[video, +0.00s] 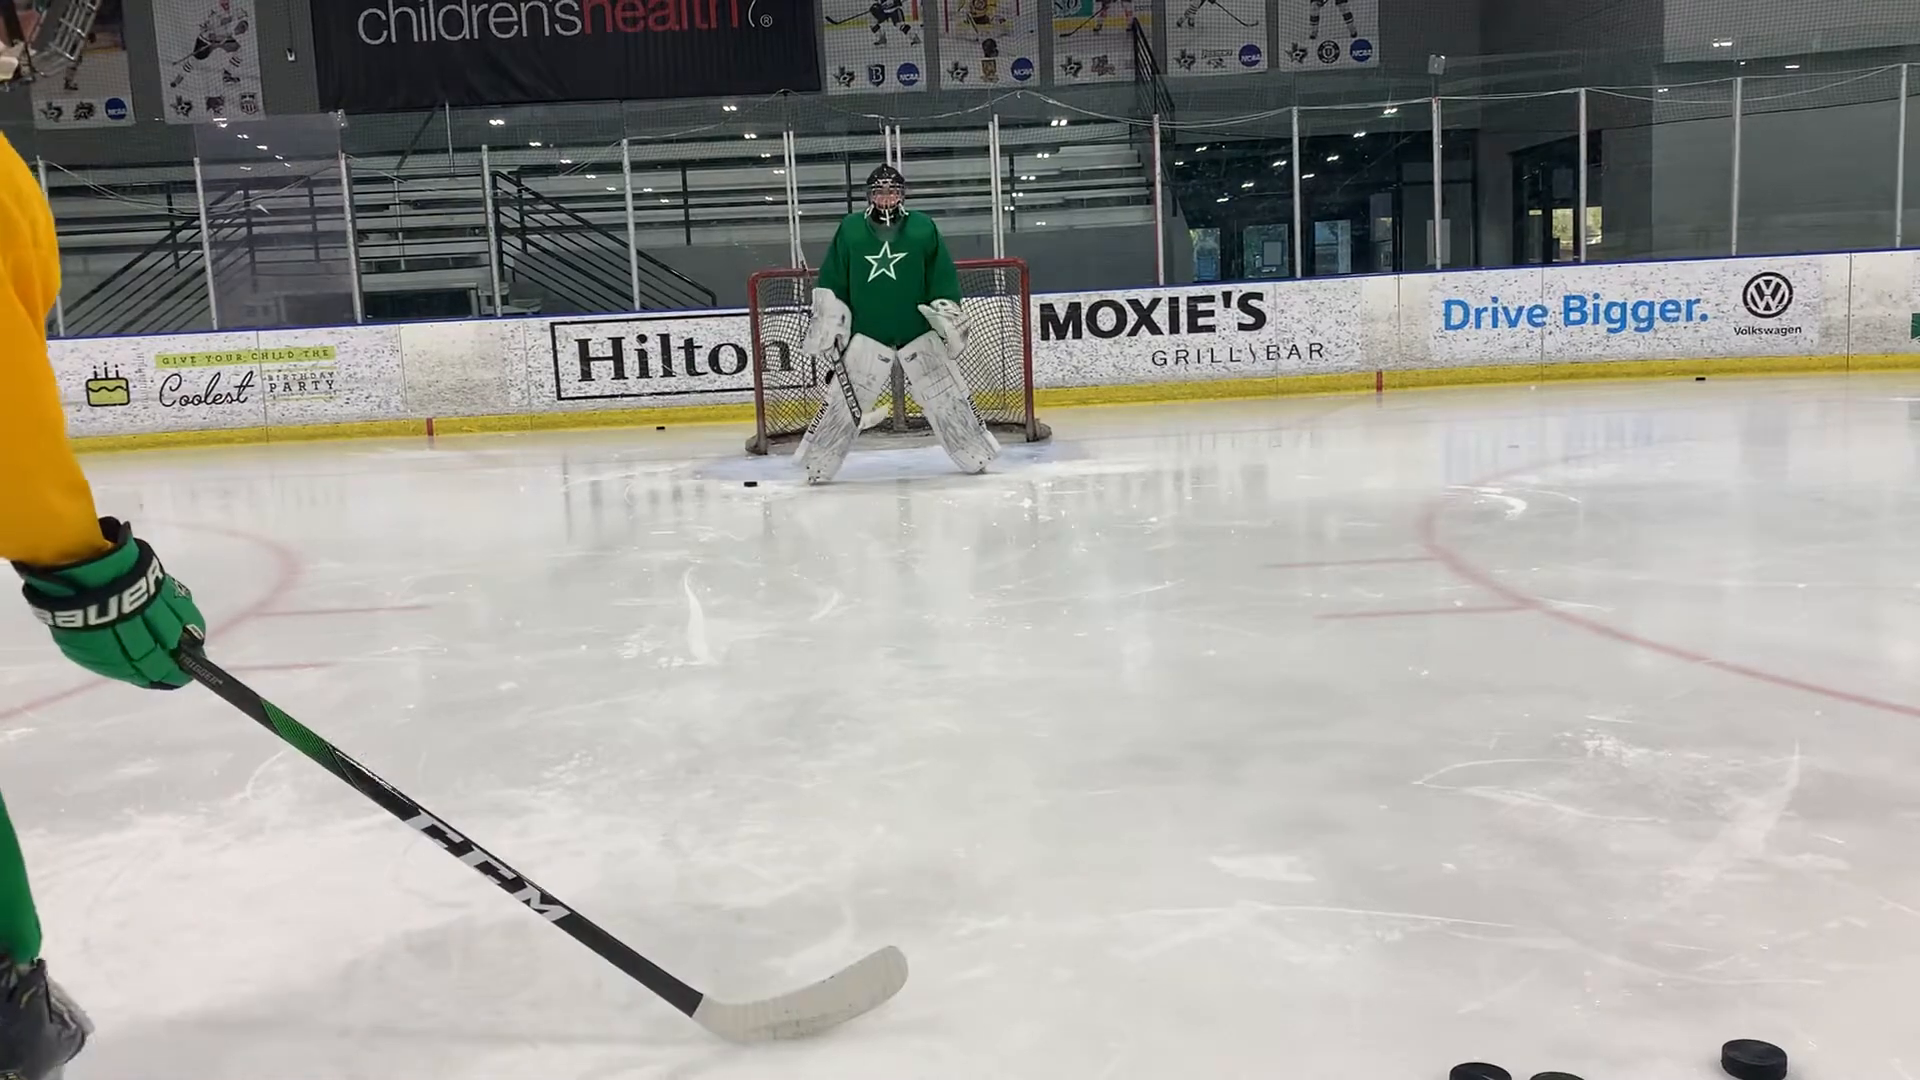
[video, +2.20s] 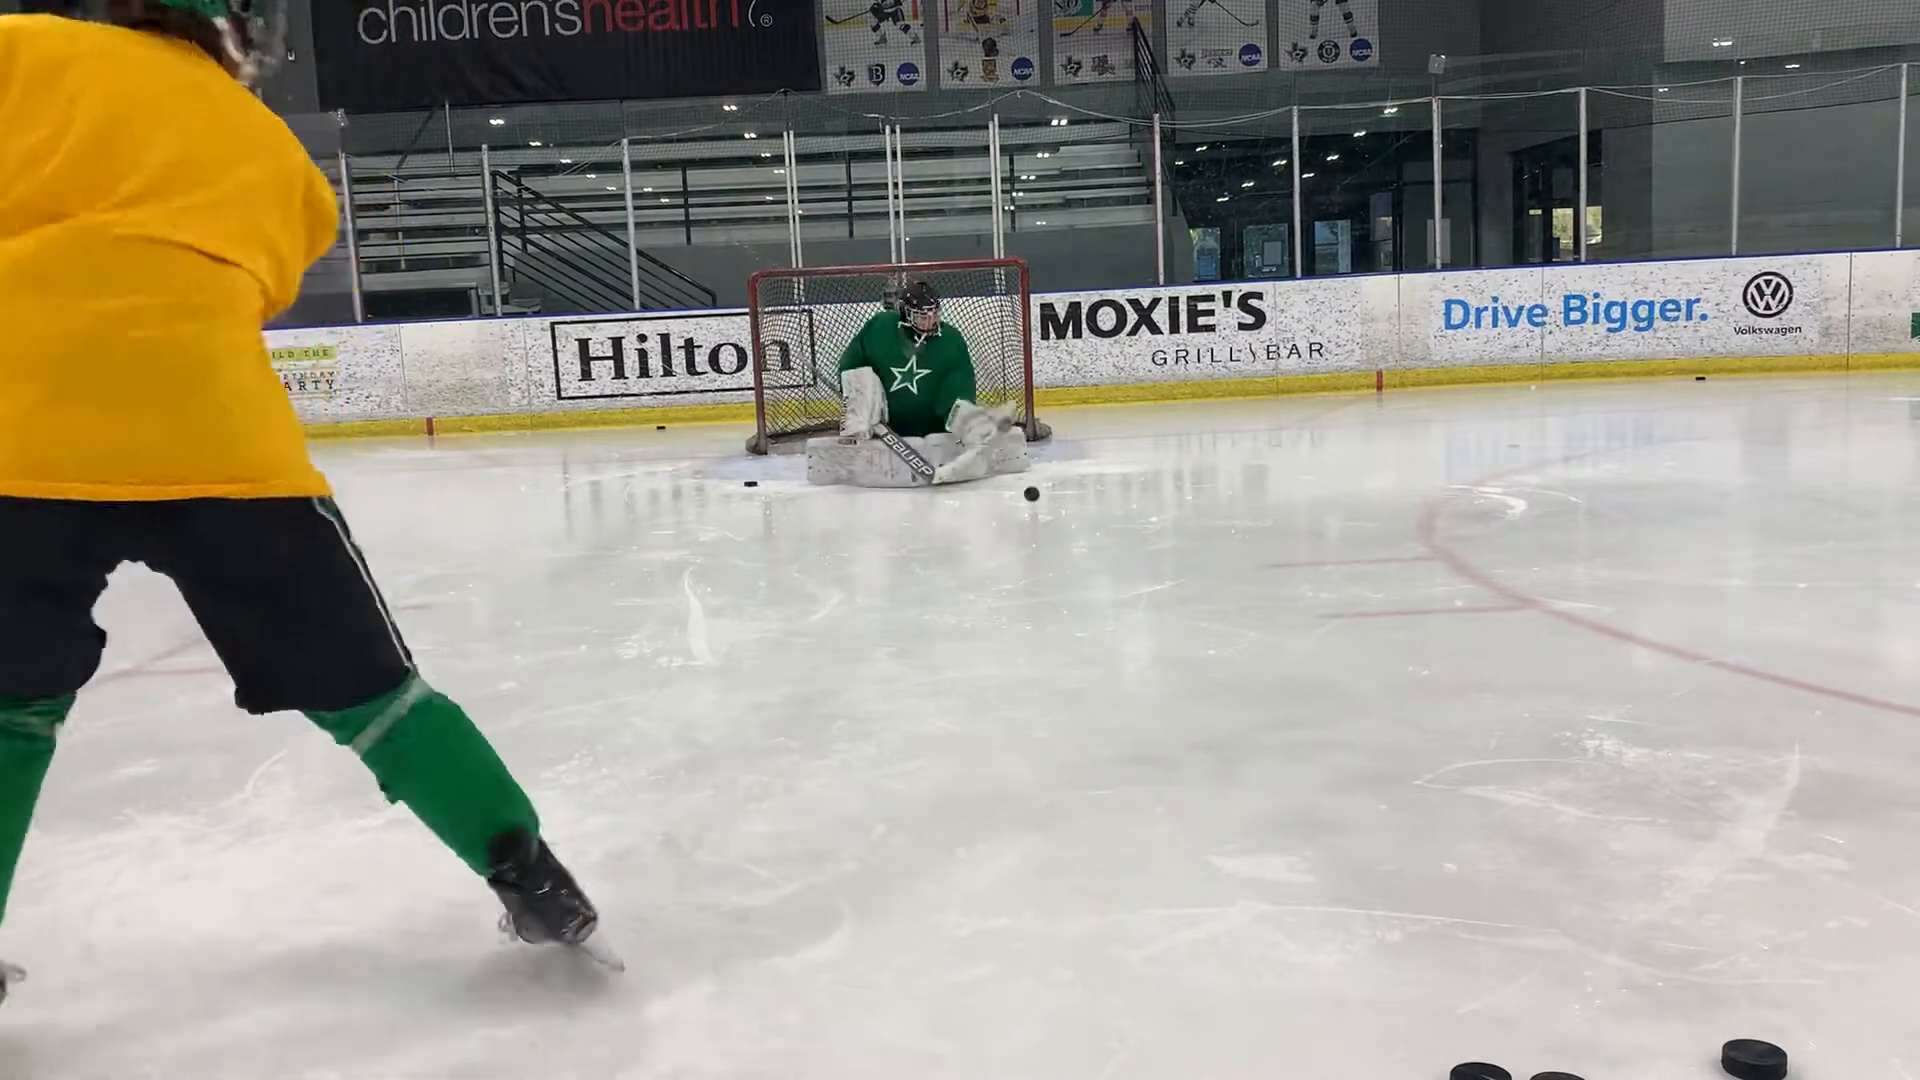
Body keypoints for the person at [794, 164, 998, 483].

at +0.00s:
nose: (886, 197)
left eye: (891, 191)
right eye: (880, 191)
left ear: (902, 194)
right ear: (870, 195)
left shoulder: (923, 228)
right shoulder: (851, 229)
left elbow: (942, 277)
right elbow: (832, 282)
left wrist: (948, 320)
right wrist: (828, 326)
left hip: (918, 330)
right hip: (868, 333)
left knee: (948, 396)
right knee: (845, 402)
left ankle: (976, 459)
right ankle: (819, 469)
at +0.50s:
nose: (892, 246)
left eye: (898, 239)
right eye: (887, 240)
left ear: (908, 240)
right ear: (875, 241)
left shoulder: (924, 265)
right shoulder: (855, 269)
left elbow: (948, 309)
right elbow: (832, 314)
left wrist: (950, 286)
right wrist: (823, 360)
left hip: (924, 346)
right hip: (874, 350)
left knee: (960, 399)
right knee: (850, 407)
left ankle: (996, 459)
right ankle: (815, 468)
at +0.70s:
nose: (896, 285)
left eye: (902, 278)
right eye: (890, 279)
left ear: (912, 279)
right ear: (881, 280)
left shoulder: (928, 301)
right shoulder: (861, 305)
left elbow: (960, 350)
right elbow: (836, 341)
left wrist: (948, 320)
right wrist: (831, 380)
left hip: (927, 374)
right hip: (880, 380)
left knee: (964, 414)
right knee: (855, 426)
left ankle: (1009, 457)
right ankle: (813, 468)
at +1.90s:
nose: (902, 305)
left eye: (907, 298)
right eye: (896, 298)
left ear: (918, 298)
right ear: (886, 298)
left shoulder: (936, 317)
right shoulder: (865, 319)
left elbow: (964, 370)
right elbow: (834, 352)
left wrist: (962, 347)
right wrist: (834, 388)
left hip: (931, 402)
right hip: (880, 408)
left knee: (961, 410)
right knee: (853, 437)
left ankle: (1008, 453)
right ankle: (815, 467)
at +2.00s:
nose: (906, 308)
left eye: (912, 302)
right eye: (900, 302)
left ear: (920, 300)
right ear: (889, 300)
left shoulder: (938, 321)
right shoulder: (865, 319)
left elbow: (963, 365)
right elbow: (834, 355)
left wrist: (982, 358)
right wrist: (847, 379)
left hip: (935, 418)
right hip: (883, 419)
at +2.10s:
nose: (916, 314)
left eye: (921, 308)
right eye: (909, 309)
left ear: (927, 305)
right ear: (893, 306)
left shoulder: (944, 327)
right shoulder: (870, 326)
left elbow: (957, 369)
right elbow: (842, 364)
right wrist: (858, 391)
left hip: (938, 424)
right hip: (888, 426)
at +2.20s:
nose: (930, 321)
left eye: (934, 314)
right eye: (922, 316)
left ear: (939, 310)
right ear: (905, 313)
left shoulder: (951, 340)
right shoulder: (881, 327)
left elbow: (958, 391)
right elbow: (849, 366)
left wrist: (969, 423)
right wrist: (862, 403)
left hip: (935, 430)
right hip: (885, 427)